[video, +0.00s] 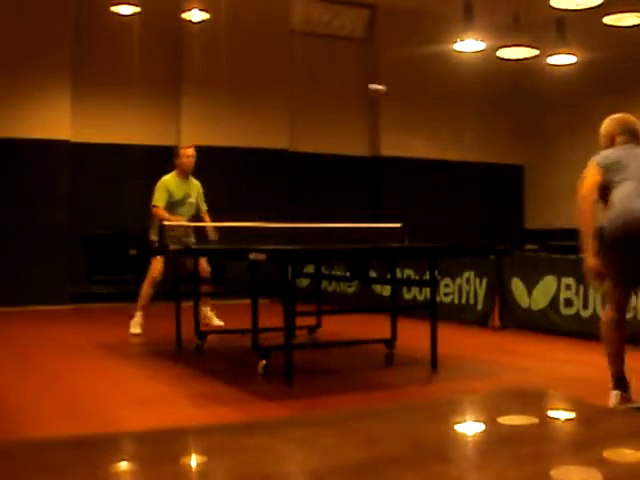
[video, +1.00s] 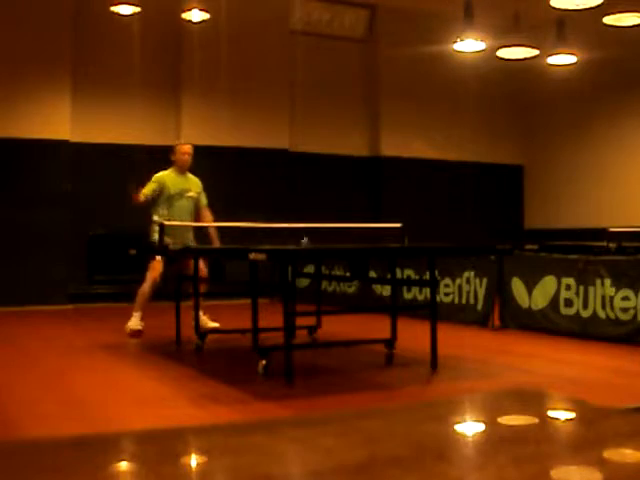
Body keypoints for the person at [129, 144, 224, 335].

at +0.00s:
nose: (190, 161)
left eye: (192, 157)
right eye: (186, 157)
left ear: (195, 160)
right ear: (177, 160)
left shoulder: (196, 185)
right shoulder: (165, 182)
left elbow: (203, 212)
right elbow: (157, 209)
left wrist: (211, 230)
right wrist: (174, 219)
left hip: (187, 236)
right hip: (165, 236)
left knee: (204, 270)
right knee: (156, 273)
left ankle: (205, 310)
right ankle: (138, 315)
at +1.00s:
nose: (186, 158)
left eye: (189, 154)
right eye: (183, 154)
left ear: (192, 158)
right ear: (174, 156)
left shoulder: (196, 183)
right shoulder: (162, 178)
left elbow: (205, 212)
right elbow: (144, 196)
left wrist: (214, 239)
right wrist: (140, 196)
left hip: (186, 239)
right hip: (163, 239)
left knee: (200, 272)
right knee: (154, 275)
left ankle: (199, 314)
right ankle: (136, 316)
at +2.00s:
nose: (262, 150)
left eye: (262, 147)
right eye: (258, 146)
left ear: (258, 151)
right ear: (247, 148)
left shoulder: (251, 172)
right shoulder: (237, 170)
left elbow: (246, 202)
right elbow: (232, 199)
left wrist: (251, 224)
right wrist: (245, 223)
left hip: (244, 230)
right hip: (231, 229)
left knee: (244, 271)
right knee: (235, 270)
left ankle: (241, 311)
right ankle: (208, 302)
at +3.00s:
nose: (375, 166)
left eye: (377, 163)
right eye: (373, 161)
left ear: (378, 163)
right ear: (362, 158)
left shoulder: (377, 183)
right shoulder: (343, 177)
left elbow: (386, 211)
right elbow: (325, 203)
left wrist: (392, 233)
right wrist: (330, 226)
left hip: (363, 240)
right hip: (339, 238)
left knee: (377, 274)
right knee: (331, 279)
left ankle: (395, 315)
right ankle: (320, 317)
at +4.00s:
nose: (426, 233)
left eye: (429, 230)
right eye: (425, 228)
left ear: (435, 228)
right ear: (420, 216)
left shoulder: (429, 235)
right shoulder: (400, 204)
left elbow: (430, 260)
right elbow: (361, 214)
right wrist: (350, 235)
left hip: (398, 244)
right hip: (372, 237)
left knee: (412, 275)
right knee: (365, 277)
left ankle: (406, 323)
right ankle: (349, 314)